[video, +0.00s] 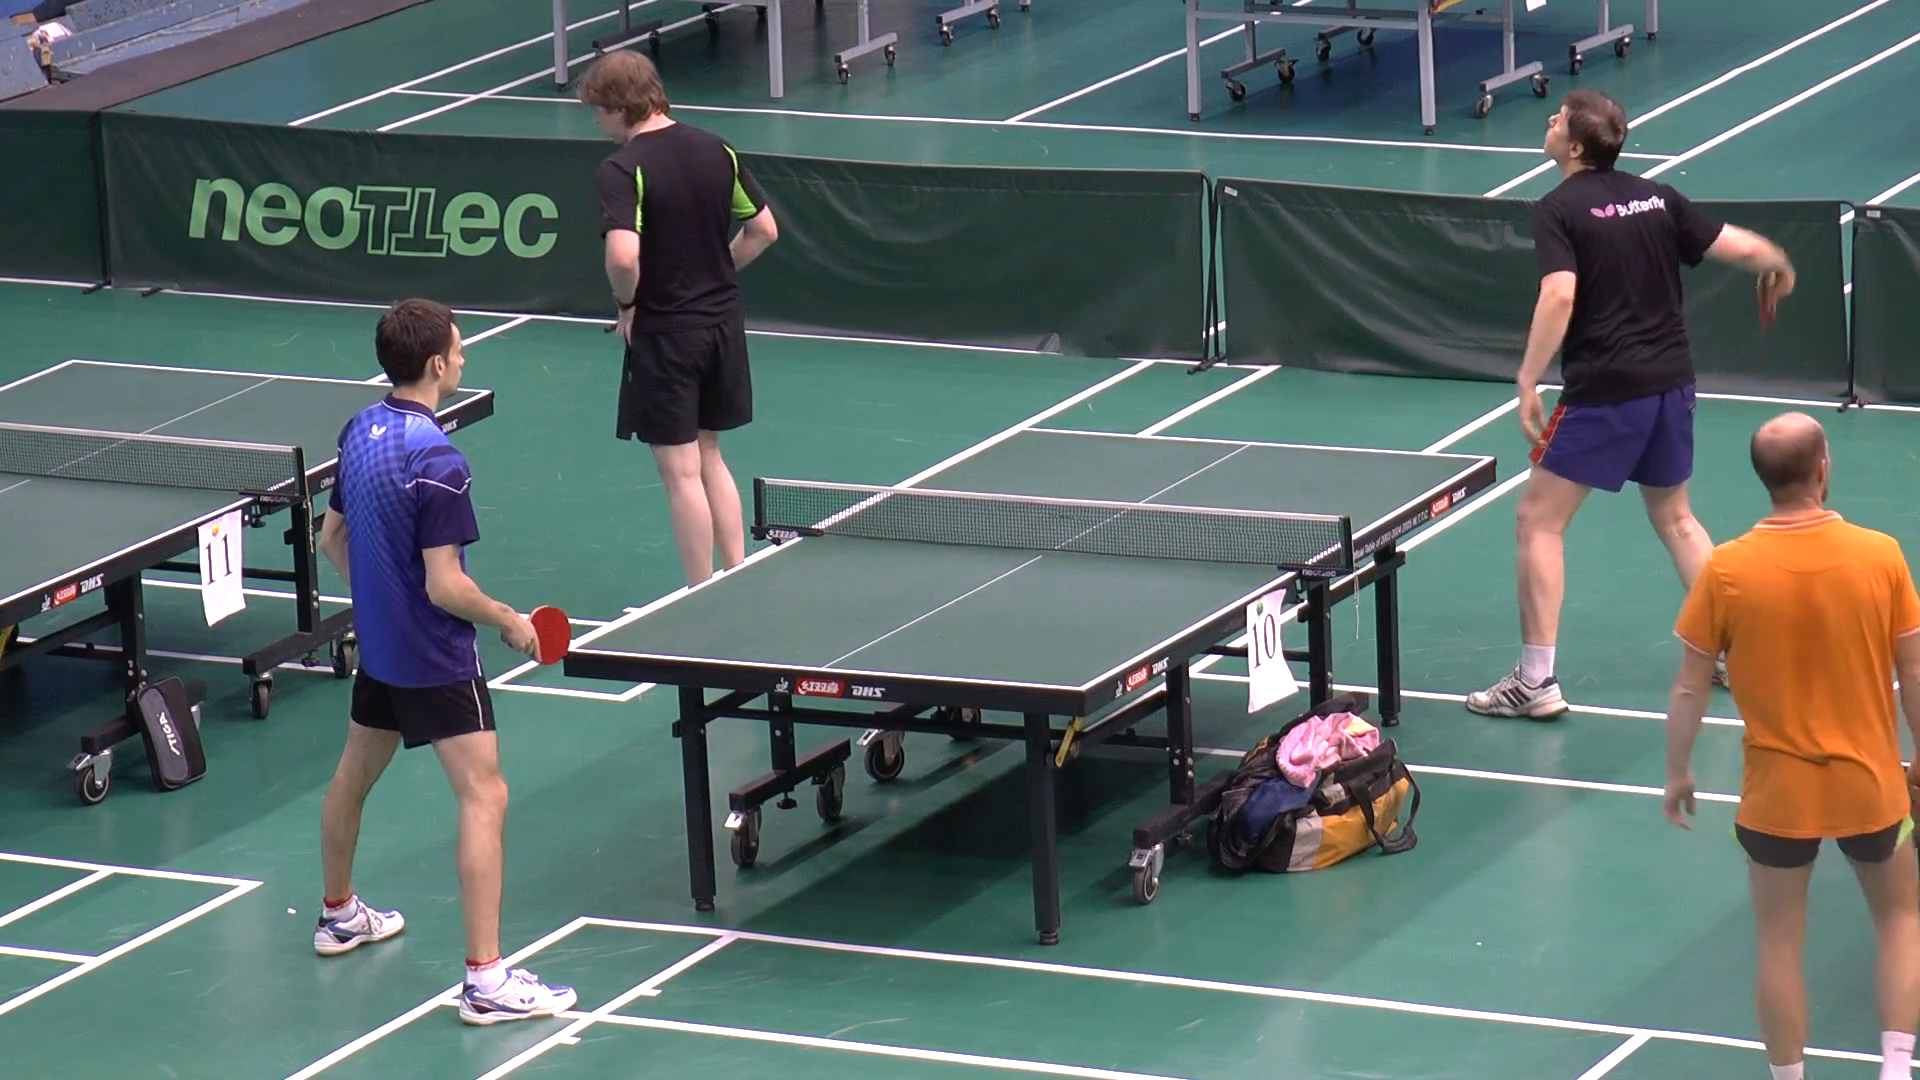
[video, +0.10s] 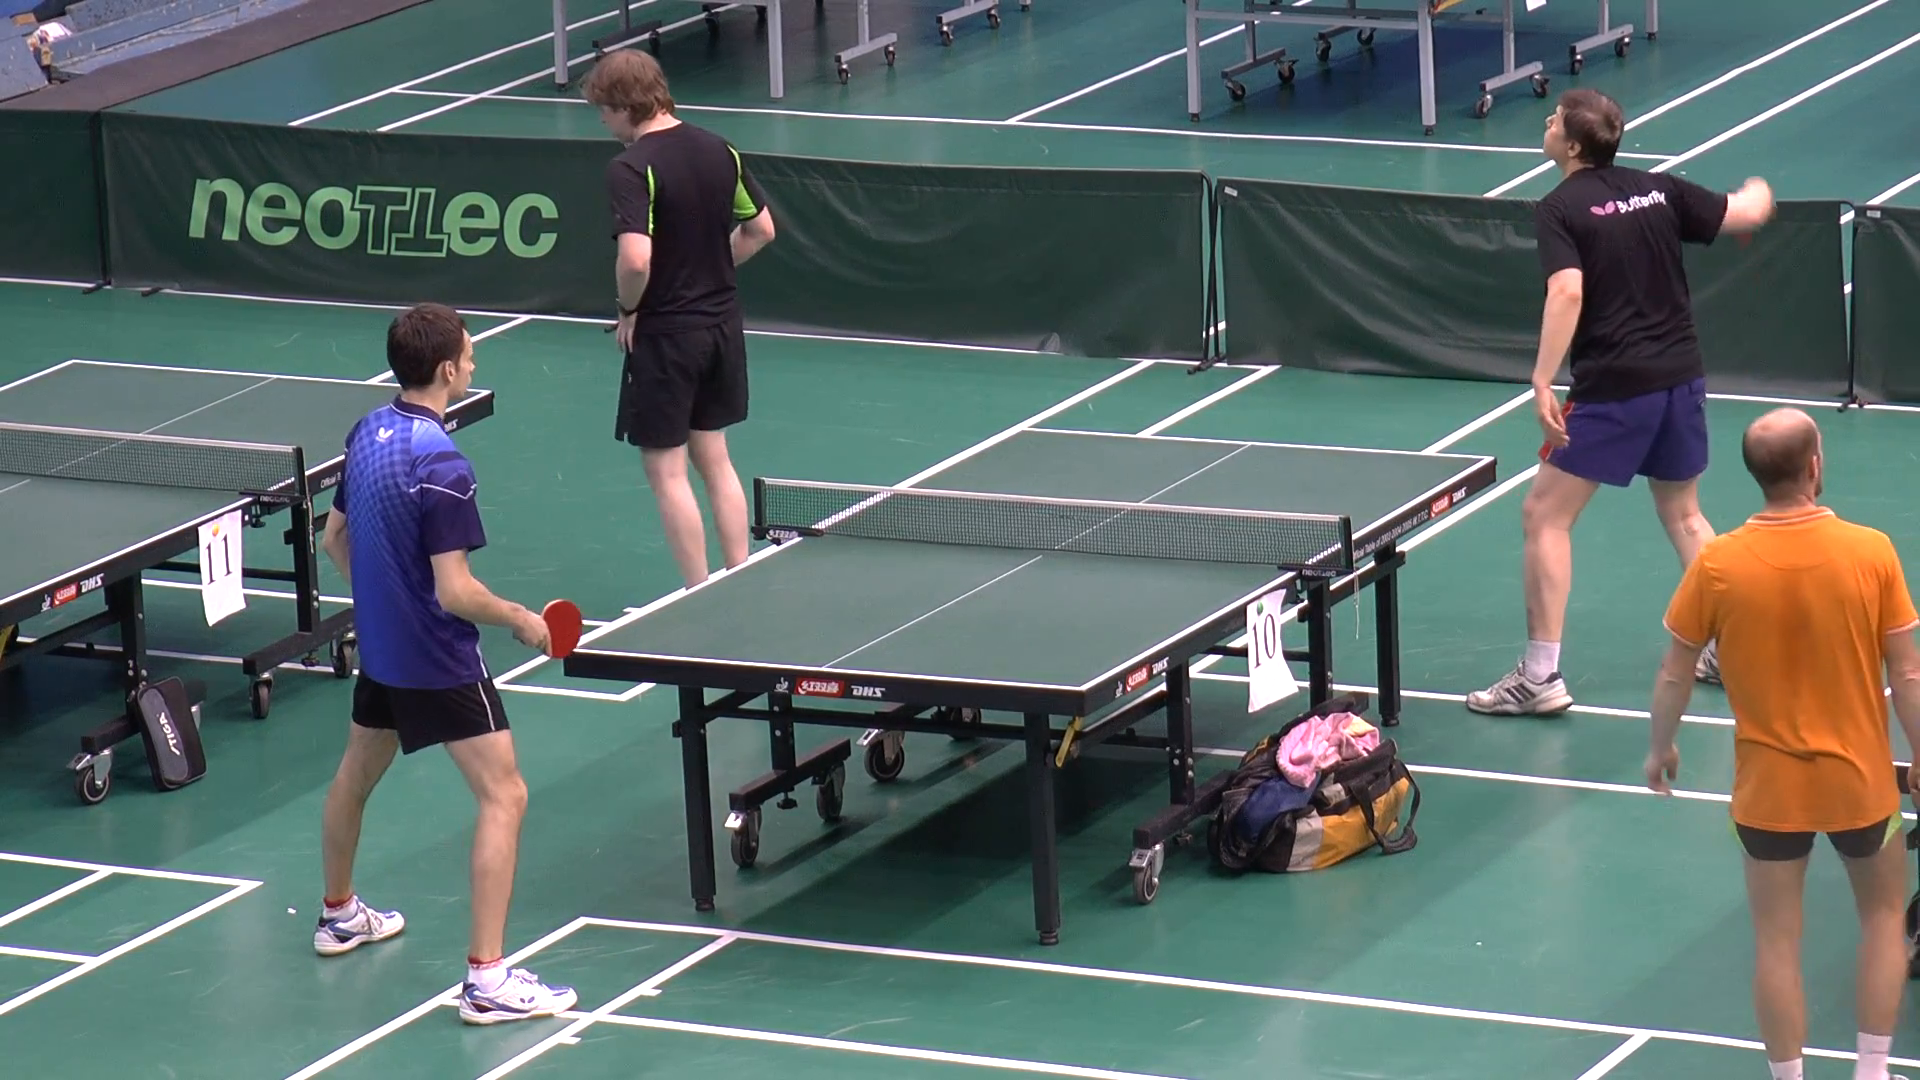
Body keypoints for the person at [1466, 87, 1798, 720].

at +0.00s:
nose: (1550, 125)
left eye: (1558, 119)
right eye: (1555, 116)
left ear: (1573, 141)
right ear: (1609, 144)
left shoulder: (1556, 209)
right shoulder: (1657, 196)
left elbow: (1560, 293)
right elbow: (1735, 244)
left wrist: (1527, 381)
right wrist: (1776, 261)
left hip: (1605, 395)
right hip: (1673, 388)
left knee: (1539, 521)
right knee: (1675, 516)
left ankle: (1535, 678)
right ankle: (1731, 644)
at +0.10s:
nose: (1547, 125)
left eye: (1555, 119)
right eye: (1553, 116)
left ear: (1570, 140)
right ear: (1606, 143)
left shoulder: (1558, 207)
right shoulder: (1658, 188)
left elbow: (1567, 290)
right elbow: (1742, 216)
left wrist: (1542, 381)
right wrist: (1757, 195)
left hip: (1615, 392)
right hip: (1683, 384)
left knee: (1544, 516)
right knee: (1685, 514)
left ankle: (1540, 673)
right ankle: (1722, 644)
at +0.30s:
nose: (1512, 155)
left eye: (1518, 146)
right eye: (1514, 144)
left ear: (1543, 157)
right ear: (1577, 151)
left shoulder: (1554, 221)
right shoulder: (1636, 186)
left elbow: (1583, 304)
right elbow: (1697, 201)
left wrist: (1557, 398)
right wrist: (1671, 175)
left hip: (1629, 391)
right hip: (1689, 380)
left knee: (1542, 507)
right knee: (1682, 515)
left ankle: (1569, 662)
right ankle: (1726, 645)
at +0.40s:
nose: (1491, 185)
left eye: (1497, 174)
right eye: (1492, 174)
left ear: (1529, 178)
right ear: (1545, 172)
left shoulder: (1554, 234)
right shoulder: (1599, 199)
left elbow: (1600, 319)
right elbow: (1612, 263)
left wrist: (1567, 406)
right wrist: (1553, 291)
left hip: (1633, 394)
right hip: (1684, 382)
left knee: (1539, 509)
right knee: (1670, 516)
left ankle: (1568, 664)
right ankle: (1729, 635)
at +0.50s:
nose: (1470, 213)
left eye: (1477, 201)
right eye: (1469, 202)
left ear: (1515, 198)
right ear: (1521, 198)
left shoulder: (1551, 250)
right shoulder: (1560, 233)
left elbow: (1620, 323)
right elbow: (1550, 329)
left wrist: (1585, 411)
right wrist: (1500, 392)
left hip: (1635, 403)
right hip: (1669, 393)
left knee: (1535, 515)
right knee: (1650, 522)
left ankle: (1570, 666)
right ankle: (1727, 635)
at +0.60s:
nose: (1452, 238)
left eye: (1462, 226)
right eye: (1448, 227)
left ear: (1499, 221)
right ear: (1451, 226)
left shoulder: (1548, 261)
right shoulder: (1503, 282)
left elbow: (1633, 319)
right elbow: (1526, 365)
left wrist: (1616, 409)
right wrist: (1482, 426)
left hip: (1615, 407)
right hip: (1608, 405)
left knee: (1527, 521)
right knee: (1604, 526)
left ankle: (1571, 668)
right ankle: (1715, 613)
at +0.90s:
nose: (1399, 242)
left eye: (1410, 230)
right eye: (1393, 231)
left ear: (1442, 223)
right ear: (1389, 228)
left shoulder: (1488, 271)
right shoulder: (1434, 262)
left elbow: (1576, 321)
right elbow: (1458, 324)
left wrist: (1622, 408)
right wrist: (1426, 382)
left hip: (1553, 402)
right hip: (1505, 394)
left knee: (1487, 525)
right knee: (1443, 481)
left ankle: (1569, 667)